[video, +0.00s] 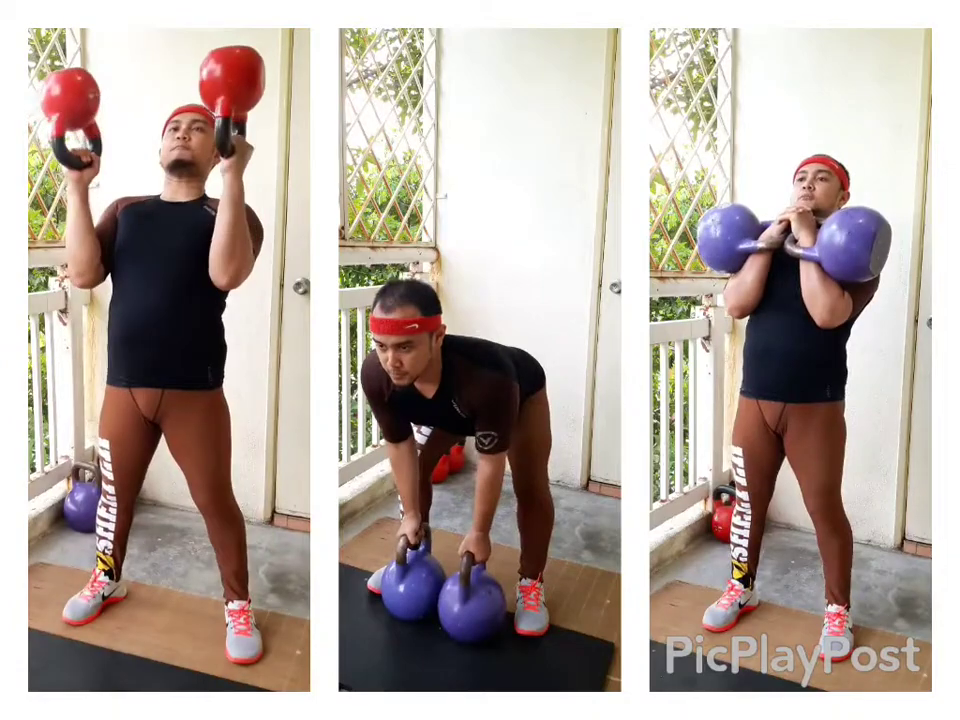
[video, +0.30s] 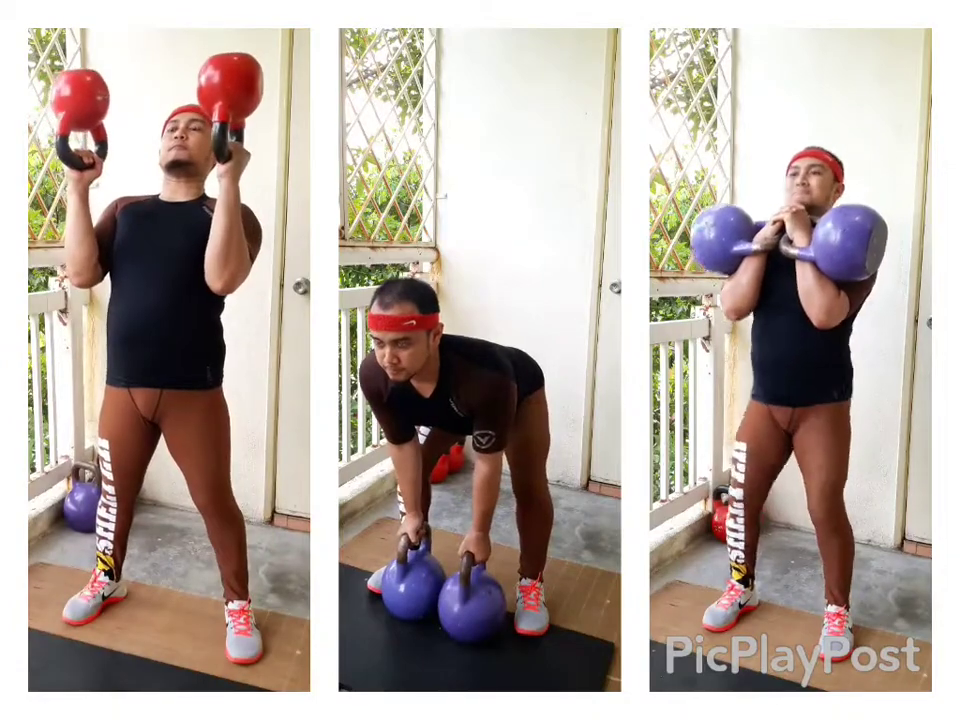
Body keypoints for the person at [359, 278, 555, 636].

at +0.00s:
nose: (392, 361)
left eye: (405, 348)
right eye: (382, 347)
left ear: (437, 338)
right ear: (374, 343)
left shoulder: (487, 380)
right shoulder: (376, 375)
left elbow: (491, 463)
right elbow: (399, 447)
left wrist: (479, 533)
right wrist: (410, 514)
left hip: (516, 390)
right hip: (449, 399)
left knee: (531, 486)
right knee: (416, 468)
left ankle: (531, 583)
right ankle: (410, 562)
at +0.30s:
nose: (389, 358)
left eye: (403, 344)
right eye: (379, 343)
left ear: (435, 336)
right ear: (371, 338)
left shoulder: (485, 379)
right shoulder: (374, 376)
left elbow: (488, 463)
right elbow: (403, 445)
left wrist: (479, 532)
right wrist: (411, 512)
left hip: (514, 390)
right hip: (451, 398)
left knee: (530, 487)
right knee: (416, 469)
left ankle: (531, 583)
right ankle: (409, 562)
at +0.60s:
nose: (387, 358)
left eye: (401, 344)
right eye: (377, 344)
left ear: (433, 336)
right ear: (369, 338)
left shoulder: (484, 378)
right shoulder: (373, 376)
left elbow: (486, 463)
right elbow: (403, 444)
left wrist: (479, 532)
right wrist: (412, 512)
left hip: (514, 389)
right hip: (451, 398)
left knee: (529, 486)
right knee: (415, 470)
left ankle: (531, 583)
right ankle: (409, 563)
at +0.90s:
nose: (387, 356)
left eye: (401, 343)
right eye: (377, 342)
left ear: (433, 334)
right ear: (369, 336)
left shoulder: (483, 379)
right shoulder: (373, 376)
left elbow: (486, 463)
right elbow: (403, 444)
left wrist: (479, 532)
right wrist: (412, 512)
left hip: (514, 389)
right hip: (452, 398)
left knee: (530, 486)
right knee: (415, 470)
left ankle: (531, 583)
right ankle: (409, 563)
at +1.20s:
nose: (388, 349)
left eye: (403, 336)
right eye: (378, 334)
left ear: (435, 330)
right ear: (370, 331)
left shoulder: (484, 378)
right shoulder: (373, 375)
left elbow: (487, 463)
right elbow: (404, 444)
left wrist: (479, 532)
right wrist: (412, 512)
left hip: (515, 389)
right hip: (453, 399)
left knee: (530, 487)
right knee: (416, 469)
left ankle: (531, 583)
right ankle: (408, 563)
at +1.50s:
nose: (389, 350)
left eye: (403, 336)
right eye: (380, 335)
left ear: (435, 330)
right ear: (371, 331)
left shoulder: (485, 379)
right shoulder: (374, 373)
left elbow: (488, 462)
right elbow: (404, 442)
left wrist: (479, 532)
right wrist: (412, 512)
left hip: (515, 389)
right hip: (453, 399)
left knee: (530, 487)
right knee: (415, 470)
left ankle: (531, 582)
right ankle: (409, 563)